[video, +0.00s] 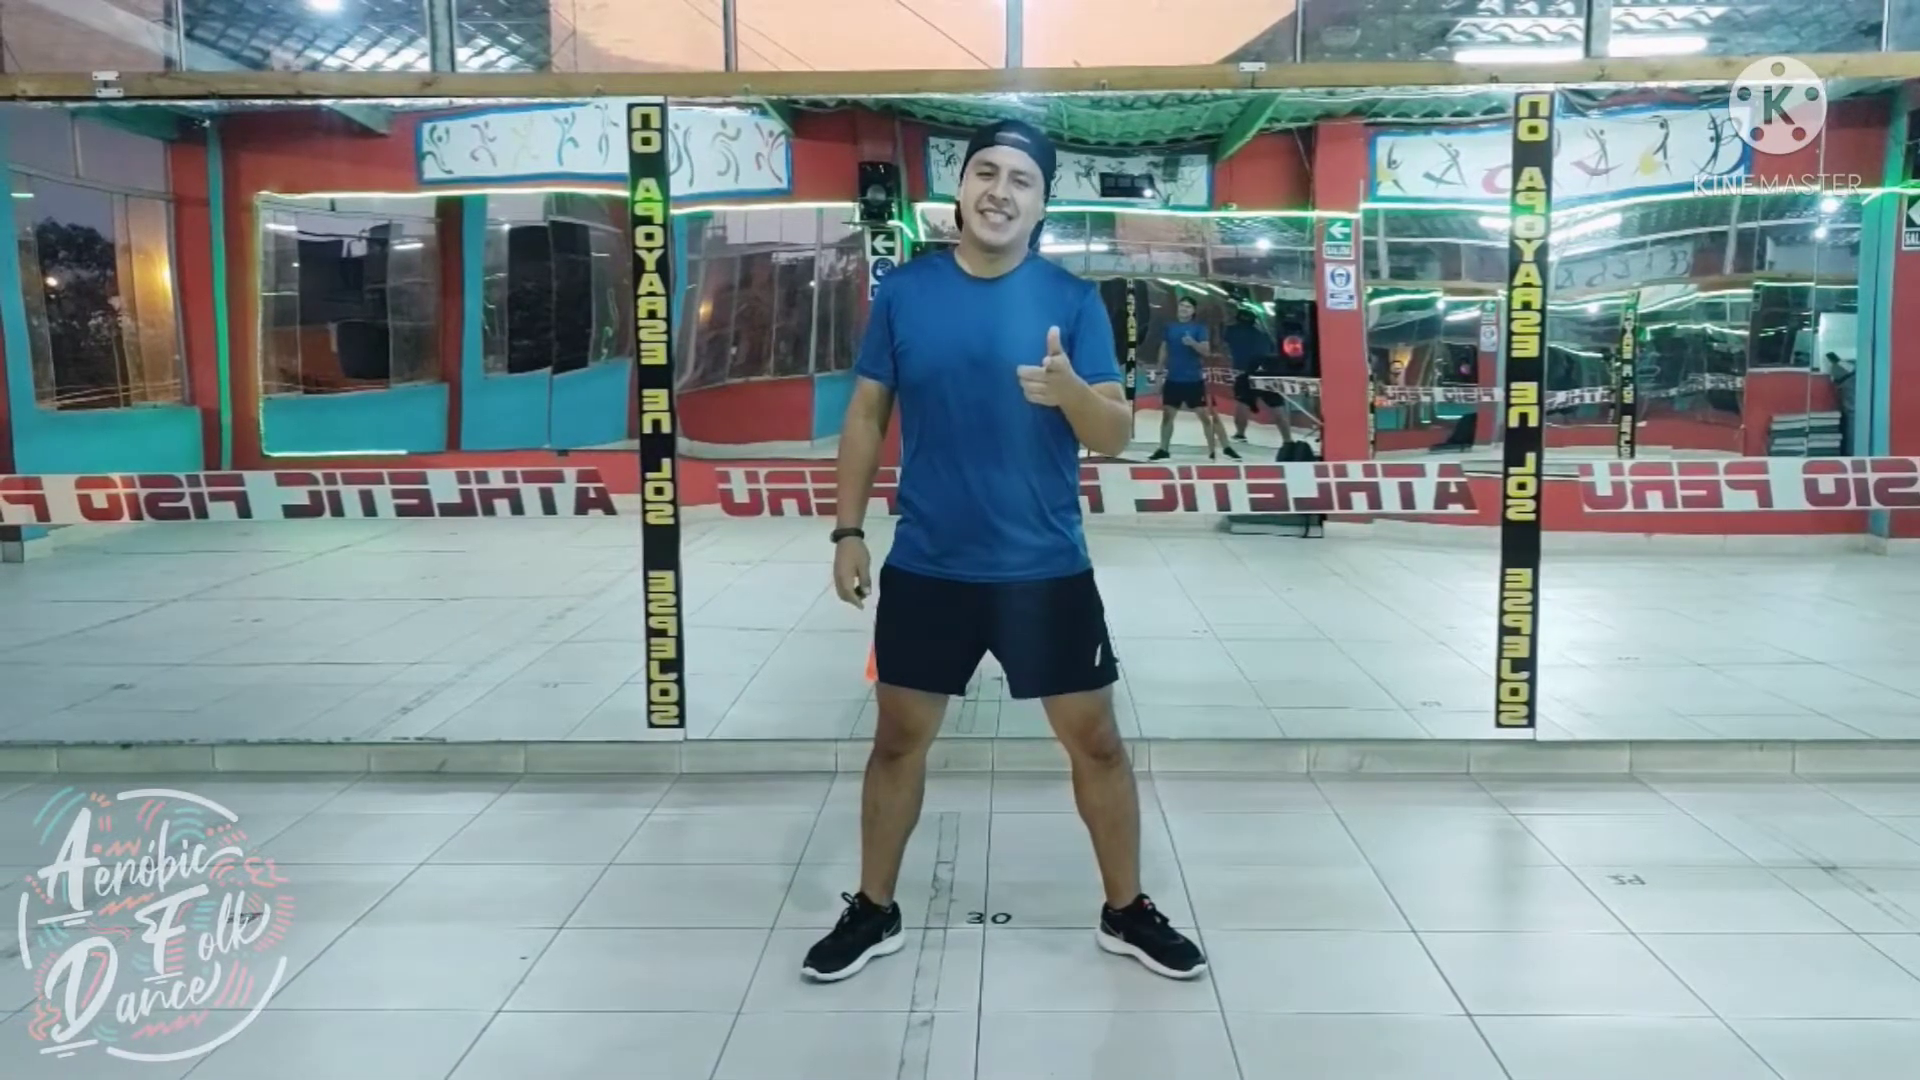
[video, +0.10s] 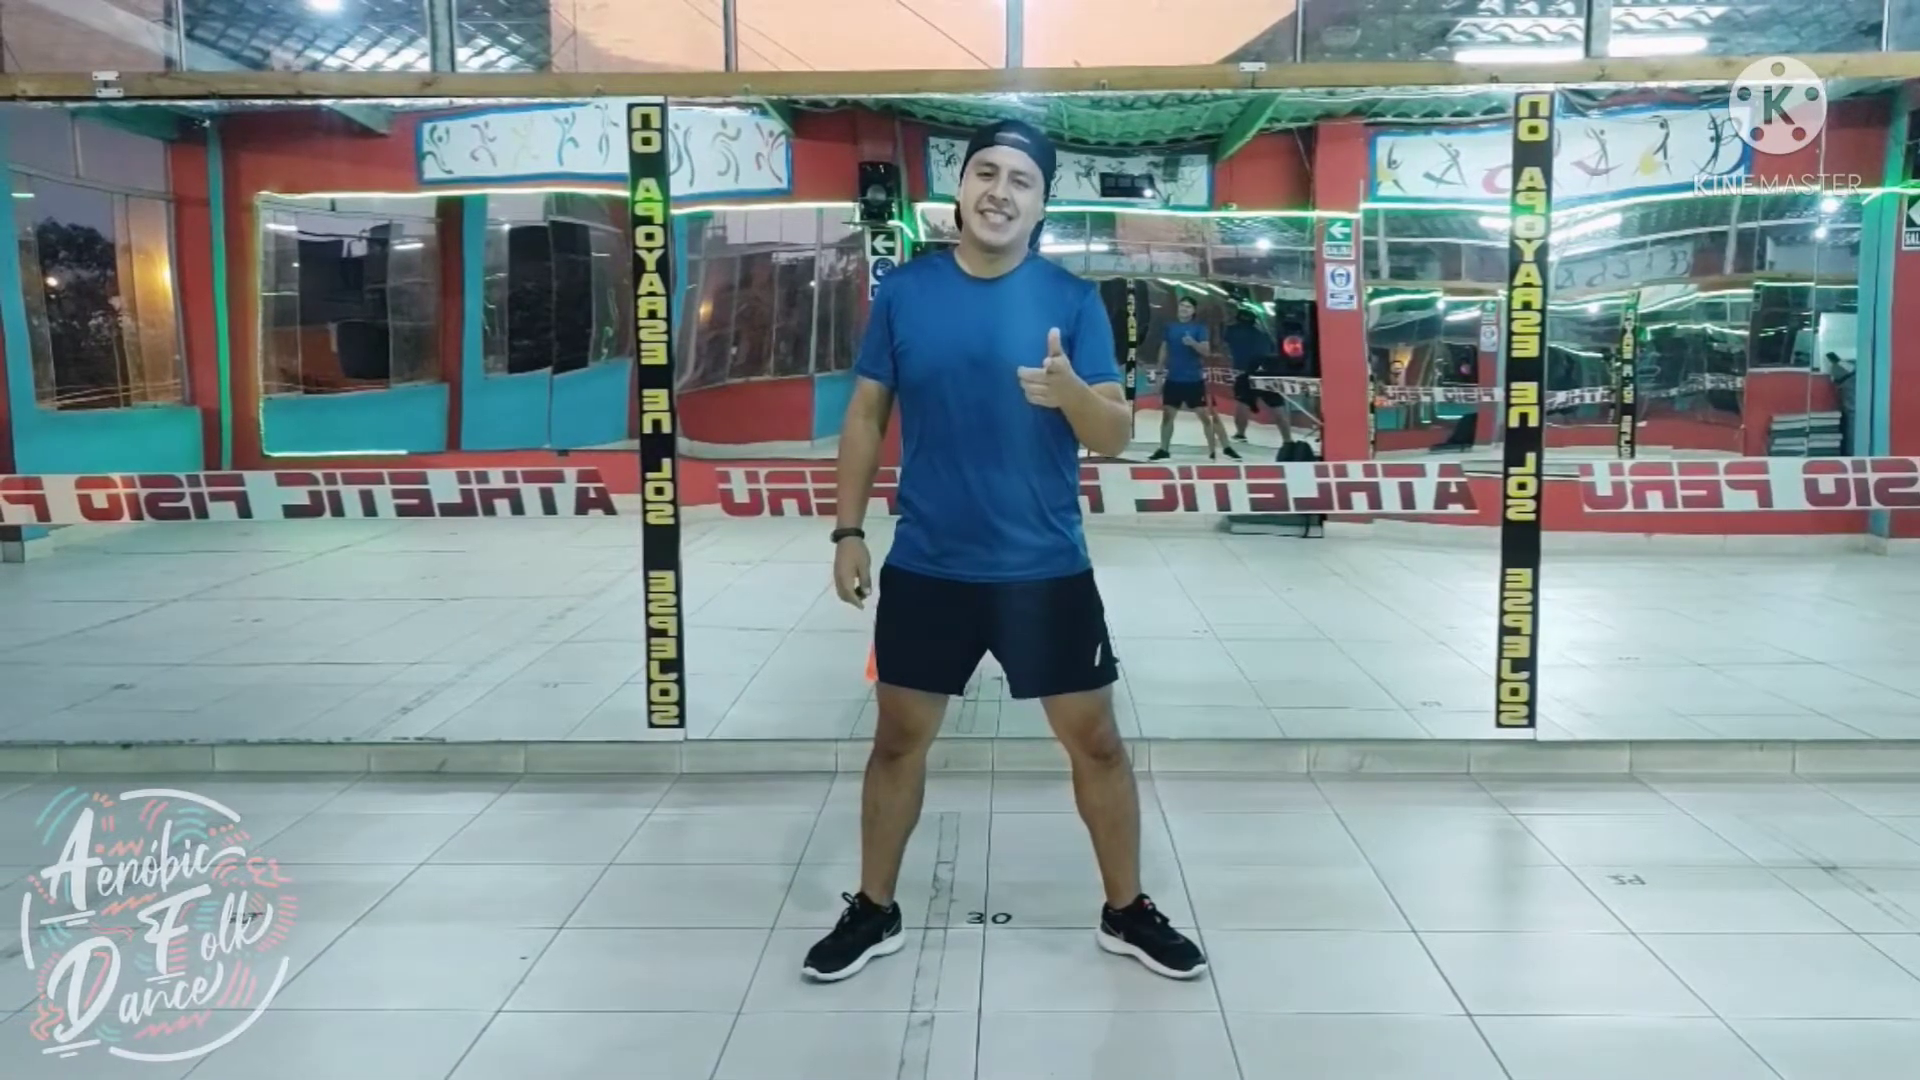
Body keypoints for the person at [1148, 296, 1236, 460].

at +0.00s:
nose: (1184, 309)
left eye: (1187, 307)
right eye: (1182, 306)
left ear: (1193, 311)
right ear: (1177, 308)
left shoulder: (1200, 329)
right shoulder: (1170, 328)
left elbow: (1206, 351)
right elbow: (1164, 349)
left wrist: (1193, 343)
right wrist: (1160, 368)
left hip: (1194, 379)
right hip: (1173, 378)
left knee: (1204, 415)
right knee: (1167, 414)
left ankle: (1212, 450)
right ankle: (1163, 448)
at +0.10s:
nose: (1184, 309)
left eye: (1188, 307)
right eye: (1182, 306)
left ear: (1194, 311)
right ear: (1178, 308)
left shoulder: (1200, 328)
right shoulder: (1170, 328)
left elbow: (1206, 351)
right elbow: (1164, 348)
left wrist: (1193, 343)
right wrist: (1160, 368)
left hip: (1194, 379)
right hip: (1174, 378)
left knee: (1204, 415)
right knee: (1167, 414)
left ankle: (1213, 450)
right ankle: (1164, 448)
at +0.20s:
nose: (1184, 309)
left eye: (1188, 307)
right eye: (1182, 306)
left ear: (1194, 311)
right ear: (1178, 308)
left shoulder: (1200, 328)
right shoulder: (1170, 328)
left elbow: (1206, 351)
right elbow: (1164, 349)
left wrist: (1193, 344)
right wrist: (1160, 368)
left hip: (1194, 379)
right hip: (1174, 378)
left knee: (1204, 415)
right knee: (1167, 414)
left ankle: (1213, 450)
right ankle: (1164, 448)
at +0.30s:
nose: (1184, 311)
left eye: (1188, 308)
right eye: (1182, 307)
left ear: (1193, 311)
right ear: (1178, 309)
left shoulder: (1199, 329)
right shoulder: (1170, 328)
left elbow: (1207, 350)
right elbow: (1163, 349)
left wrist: (1199, 351)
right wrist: (1159, 368)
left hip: (1194, 379)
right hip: (1174, 378)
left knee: (1205, 415)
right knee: (1167, 414)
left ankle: (1213, 450)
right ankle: (1164, 448)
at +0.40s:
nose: (1184, 312)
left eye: (1188, 309)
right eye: (1182, 308)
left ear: (1193, 313)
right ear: (1178, 310)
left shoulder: (1199, 330)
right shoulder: (1169, 328)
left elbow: (1206, 349)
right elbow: (1162, 347)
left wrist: (1202, 364)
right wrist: (1160, 367)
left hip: (1193, 379)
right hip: (1173, 378)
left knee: (1204, 415)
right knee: (1167, 414)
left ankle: (1214, 450)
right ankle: (1164, 448)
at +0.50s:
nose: (1184, 312)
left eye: (1188, 310)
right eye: (1182, 309)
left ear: (1193, 313)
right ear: (1177, 310)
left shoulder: (1199, 330)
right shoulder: (1169, 328)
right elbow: (1162, 347)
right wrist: (1159, 368)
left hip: (1192, 380)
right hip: (1171, 379)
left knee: (1205, 415)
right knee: (1166, 415)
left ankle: (1214, 450)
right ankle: (1164, 448)